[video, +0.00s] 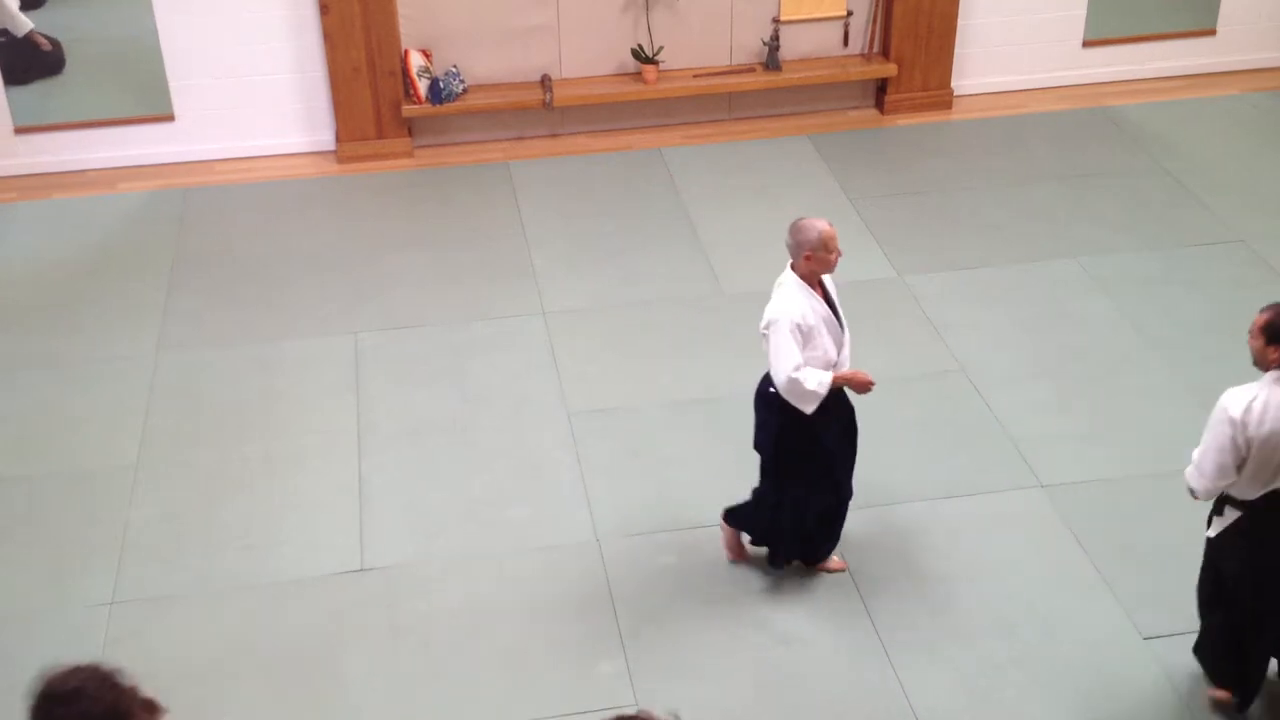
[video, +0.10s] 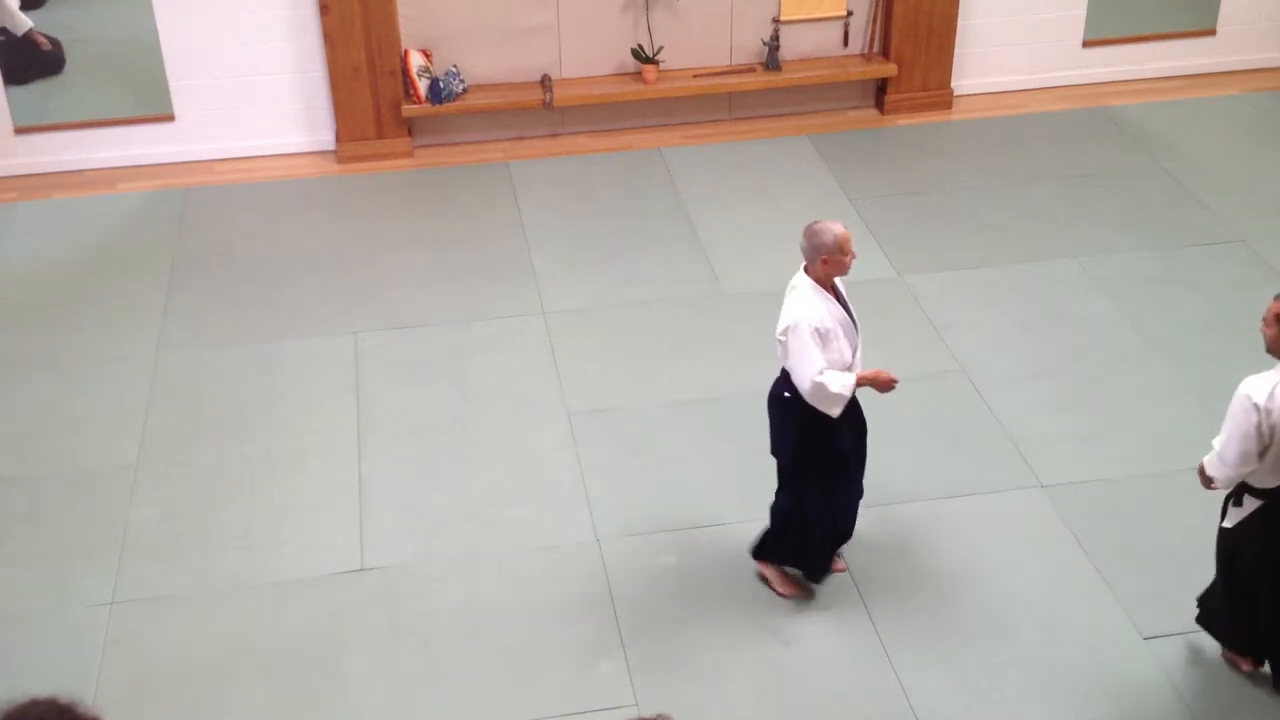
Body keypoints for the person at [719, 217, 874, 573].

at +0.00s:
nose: (839, 254)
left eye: (837, 248)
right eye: (832, 251)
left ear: (809, 258)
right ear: (807, 260)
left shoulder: (821, 280)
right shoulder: (785, 311)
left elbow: (822, 339)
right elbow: (788, 378)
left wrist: (835, 377)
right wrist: (842, 379)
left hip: (826, 398)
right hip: (791, 408)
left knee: (832, 481)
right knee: (792, 489)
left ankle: (815, 549)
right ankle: (735, 521)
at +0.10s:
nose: (853, 257)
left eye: (852, 250)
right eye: (847, 252)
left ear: (823, 258)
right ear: (823, 260)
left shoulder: (824, 282)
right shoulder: (802, 316)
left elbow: (828, 346)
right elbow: (813, 382)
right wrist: (865, 379)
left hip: (832, 400)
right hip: (803, 410)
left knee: (838, 479)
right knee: (805, 487)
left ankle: (820, 550)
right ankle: (770, 558)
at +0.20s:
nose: (866, 259)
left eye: (864, 253)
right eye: (860, 256)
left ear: (834, 262)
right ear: (838, 265)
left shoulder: (823, 283)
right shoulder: (820, 323)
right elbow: (837, 387)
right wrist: (887, 382)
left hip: (829, 403)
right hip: (819, 415)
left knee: (831, 491)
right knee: (822, 496)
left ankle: (826, 576)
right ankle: (817, 589)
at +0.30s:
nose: (878, 264)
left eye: (876, 258)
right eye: (874, 261)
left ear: (843, 266)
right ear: (855, 271)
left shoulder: (823, 285)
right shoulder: (840, 331)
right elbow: (863, 392)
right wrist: (912, 384)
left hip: (813, 402)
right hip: (838, 421)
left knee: (817, 481)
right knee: (854, 504)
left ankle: (809, 548)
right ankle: (860, 604)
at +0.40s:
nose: (890, 269)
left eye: (888, 263)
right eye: (887, 265)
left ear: (851, 269)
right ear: (872, 277)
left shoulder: (831, 289)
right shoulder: (863, 334)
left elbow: (809, 327)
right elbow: (888, 394)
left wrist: (843, 341)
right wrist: (937, 387)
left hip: (819, 400)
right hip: (849, 423)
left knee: (822, 479)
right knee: (865, 505)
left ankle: (809, 548)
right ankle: (861, 607)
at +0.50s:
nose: (904, 272)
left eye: (902, 266)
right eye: (901, 268)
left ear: (862, 272)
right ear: (887, 281)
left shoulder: (839, 294)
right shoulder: (881, 337)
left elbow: (813, 333)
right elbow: (914, 396)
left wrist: (841, 362)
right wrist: (960, 388)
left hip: (825, 403)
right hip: (858, 430)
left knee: (825, 481)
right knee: (870, 510)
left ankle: (810, 549)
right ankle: (862, 608)